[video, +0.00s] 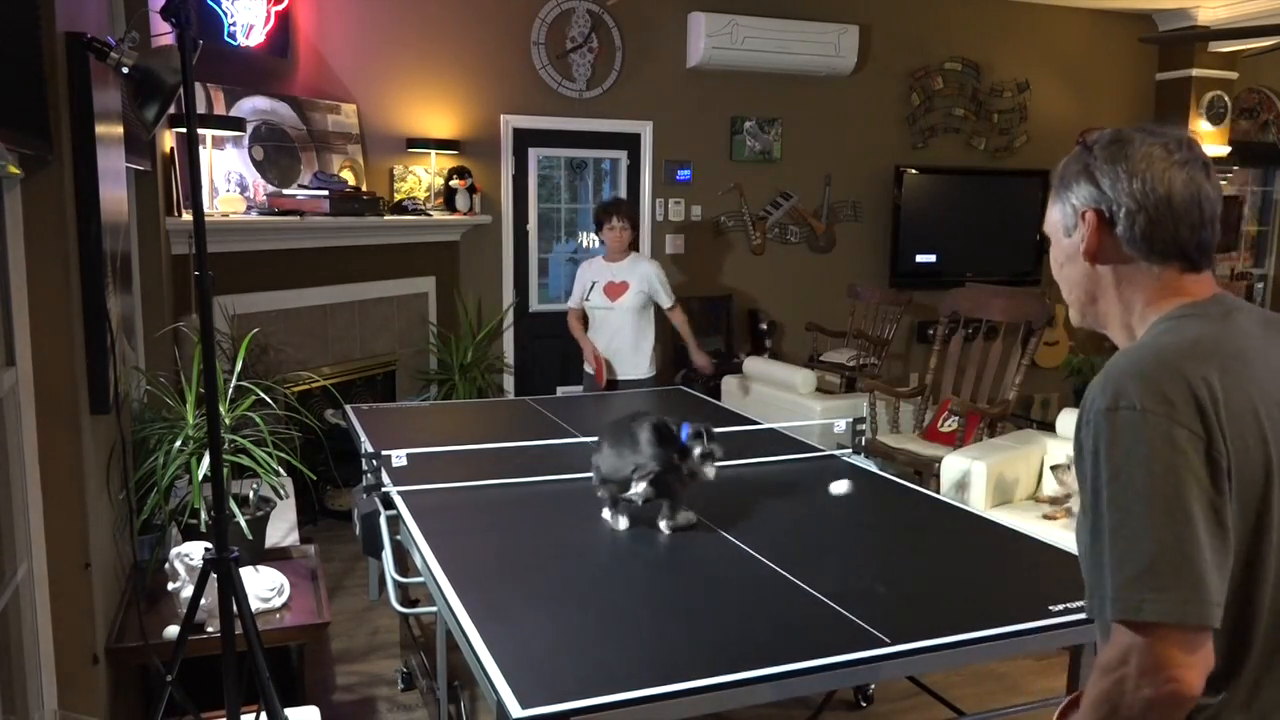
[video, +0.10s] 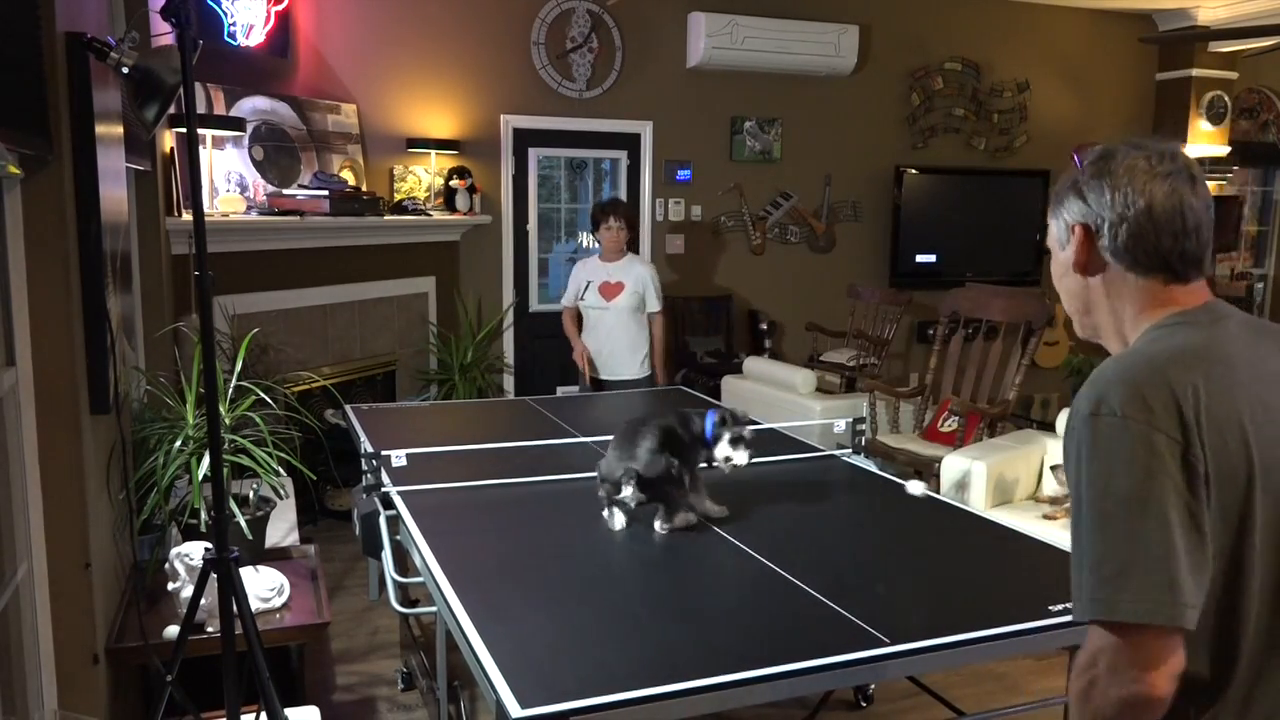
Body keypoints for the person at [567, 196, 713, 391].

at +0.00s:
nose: (617, 234)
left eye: (623, 228)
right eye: (610, 229)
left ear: (633, 233)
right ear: (600, 233)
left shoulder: (648, 269)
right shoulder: (587, 270)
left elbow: (673, 310)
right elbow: (573, 316)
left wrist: (694, 350)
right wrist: (586, 345)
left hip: (637, 376)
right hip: (596, 374)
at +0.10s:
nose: (614, 234)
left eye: (620, 228)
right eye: (607, 229)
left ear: (629, 233)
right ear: (596, 234)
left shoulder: (644, 270)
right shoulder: (582, 269)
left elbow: (656, 319)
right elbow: (569, 312)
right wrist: (576, 344)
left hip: (634, 375)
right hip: (592, 375)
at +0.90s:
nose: (606, 239)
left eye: (610, 232)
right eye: (598, 232)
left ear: (615, 234)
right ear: (581, 235)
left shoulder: (626, 271)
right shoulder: (563, 270)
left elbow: (638, 320)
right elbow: (543, 314)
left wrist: (642, 368)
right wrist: (560, 346)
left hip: (617, 375)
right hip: (575, 376)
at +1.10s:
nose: (608, 245)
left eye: (612, 238)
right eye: (601, 238)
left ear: (617, 238)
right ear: (583, 239)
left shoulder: (623, 275)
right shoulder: (560, 273)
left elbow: (634, 322)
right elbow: (533, 318)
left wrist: (637, 368)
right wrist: (566, 346)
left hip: (616, 378)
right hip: (572, 379)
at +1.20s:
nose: (614, 250)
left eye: (617, 243)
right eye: (606, 243)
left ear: (621, 244)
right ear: (587, 244)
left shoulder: (625, 280)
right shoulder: (567, 280)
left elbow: (629, 328)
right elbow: (548, 332)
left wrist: (632, 379)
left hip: (613, 378)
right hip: (570, 381)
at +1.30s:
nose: (622, 259)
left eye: (626, 253)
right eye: (615, 253)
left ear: (631, 254)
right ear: (597, 255)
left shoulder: (629, 287)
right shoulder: (582, 288)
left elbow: (627, 338)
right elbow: (584, 345)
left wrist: (623, 378)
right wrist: (629, 360)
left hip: (609, 377)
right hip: (570, 380)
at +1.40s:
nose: (634, 268)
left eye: (637, 261)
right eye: (625, 262)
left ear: (641, 263)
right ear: (608, 266)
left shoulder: (634, 294)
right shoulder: (598, 297)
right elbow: (612, 344)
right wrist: (643, 369)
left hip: (609, 378)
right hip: (572, 382)